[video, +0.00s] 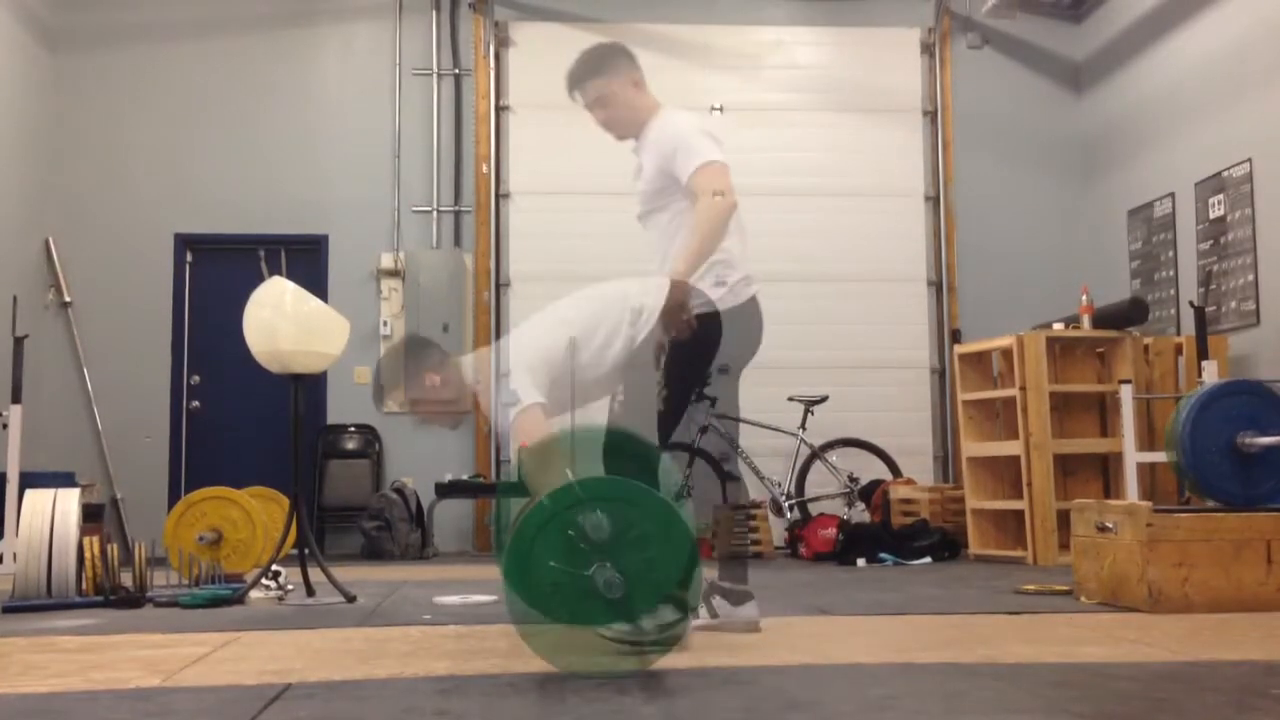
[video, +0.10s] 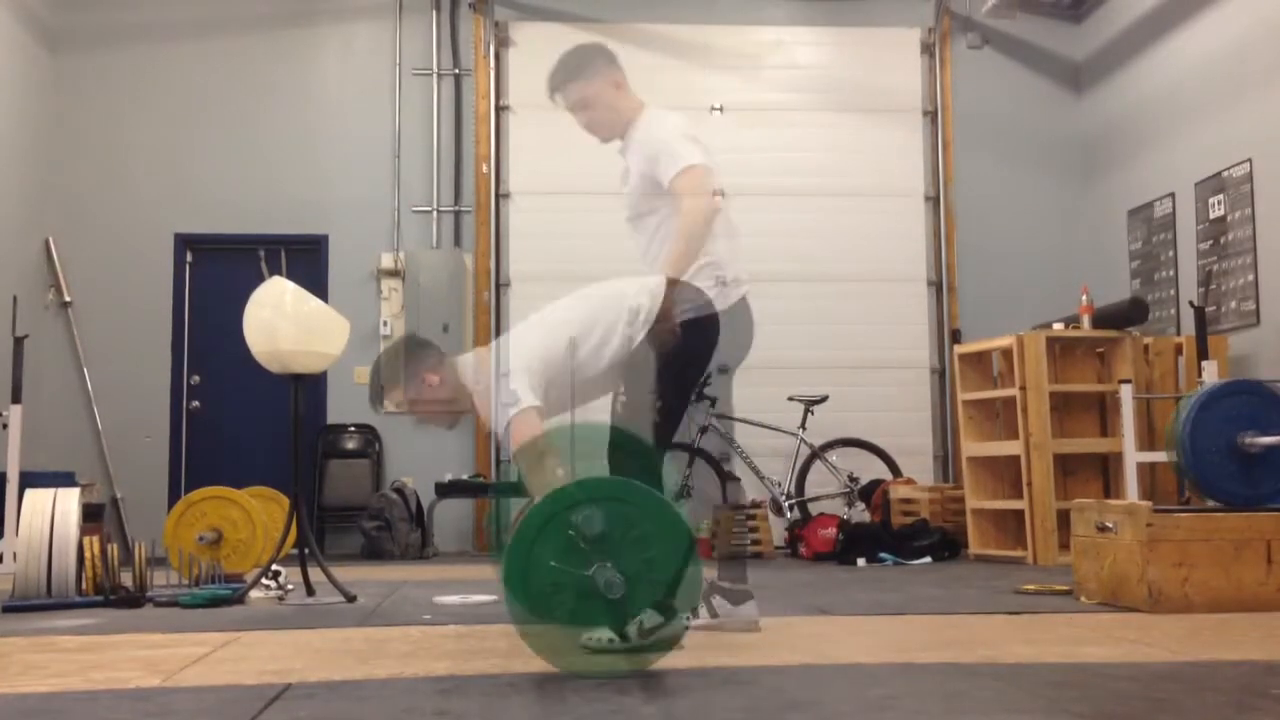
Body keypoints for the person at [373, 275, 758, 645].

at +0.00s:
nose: (426, 420)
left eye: (418, 408)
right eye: (415, 416)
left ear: (434, 376)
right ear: (435, 374)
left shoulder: (510, 377)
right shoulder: (499, 376)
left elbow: (551, 488)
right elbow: (548, 484)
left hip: (694, 319)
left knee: (689, 466)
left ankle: (729, 595)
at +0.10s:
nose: (420, 421)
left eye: (413, 409)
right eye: (410, 414)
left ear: (431, 380)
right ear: (432, 376)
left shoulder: (505, 381)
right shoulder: (491, 379)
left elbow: (550, 489)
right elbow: (545, 485)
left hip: (680, 318)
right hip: (656, 324)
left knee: (640, 471)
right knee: (628, 468)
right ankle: (641, 603)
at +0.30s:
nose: (412, 421)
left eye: (403, 409)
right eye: (401, 414)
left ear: (426, 382)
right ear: (428, 378)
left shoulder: (489, 384)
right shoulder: (484, 377)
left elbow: (540, 463)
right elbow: (531, 463)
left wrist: (567, 544)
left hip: (672, 314)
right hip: (658, 315)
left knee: (638, 469)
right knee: (633, 468)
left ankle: (645, 589)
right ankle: (640, 586)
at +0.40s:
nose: (406, 414)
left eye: (399, 400)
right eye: (397, 405)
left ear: (424, 377)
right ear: (427, 373)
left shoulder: (490, 383)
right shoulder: (484, 378)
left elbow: (537, 458)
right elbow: (531, 459)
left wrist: (571, 538)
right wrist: (545, 516)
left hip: (675, 316)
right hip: (655, 320)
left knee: (638, 465)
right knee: (626, 465)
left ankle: (643, 583)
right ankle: (632, 580)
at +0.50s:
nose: (402, 400)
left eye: (398, 385)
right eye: (394, 389)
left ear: (425, 367)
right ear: (429, 364)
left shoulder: (494, 379)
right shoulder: (488, 378)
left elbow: (542, 456)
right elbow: (534, 461)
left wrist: (579, 540)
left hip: (681, 320)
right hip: (668, 322)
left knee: (625, 454)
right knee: (618, 453)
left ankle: (631, 580)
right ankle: (625, 577)